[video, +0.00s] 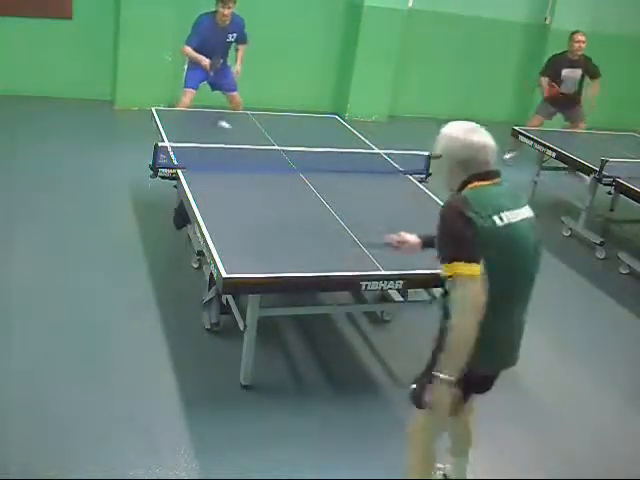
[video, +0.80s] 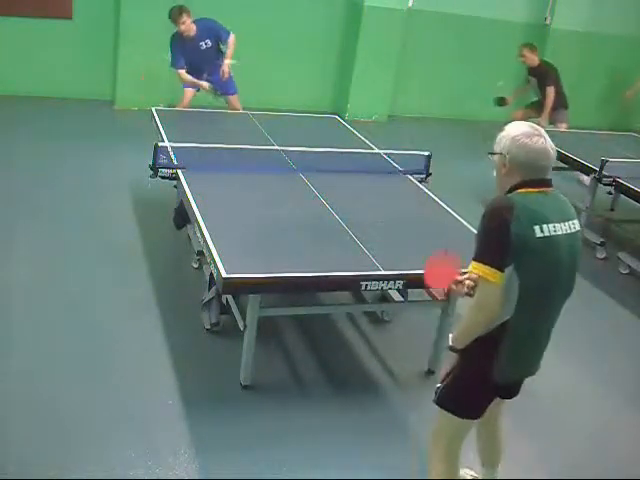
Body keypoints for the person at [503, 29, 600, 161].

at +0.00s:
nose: (580, 45)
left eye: (583, 42)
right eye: (577, 42)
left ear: (585, 45)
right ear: (570, 43)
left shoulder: (586, 62)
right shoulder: (557, 59)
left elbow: (595, 78)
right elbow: (544, 76)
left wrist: (591, 95)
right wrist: (546, 89)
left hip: (573, 101)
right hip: (553, 99)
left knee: (579, 129)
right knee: (533, 124)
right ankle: (515, 149)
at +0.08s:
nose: (578, 45)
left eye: (580, 42)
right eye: (575, 42)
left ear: (583, 44)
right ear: (568, 43)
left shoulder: (587, 60)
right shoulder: (555, 58)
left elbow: (595, 82)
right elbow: (540, 74)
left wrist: (582, 84)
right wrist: (542, 82)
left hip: (574, 100)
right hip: (554, 98)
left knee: (580, 127)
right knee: (533, 124)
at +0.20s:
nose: (572, 51)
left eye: (574, 48)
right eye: (569, 48)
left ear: (578, 48)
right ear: (564, 49)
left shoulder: (583, 64)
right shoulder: (555, 62)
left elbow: (588, 86)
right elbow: (541, 75)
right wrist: (530, 83)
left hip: (574, 105)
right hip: (555, 103)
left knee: (580, 135)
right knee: (531, 126)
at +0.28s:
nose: (569, 56)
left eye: (572, 53)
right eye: (566, 53)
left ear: (576, 53)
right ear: (562, 54)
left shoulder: (581, 67)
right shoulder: (556, 66)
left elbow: (582, 90)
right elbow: (541, 80)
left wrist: (559, 92)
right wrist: (525, 87)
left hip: (575, 109)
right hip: (556, 107)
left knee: (579, 138)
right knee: (530, 127)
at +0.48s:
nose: (555, 64)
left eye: (558, 61)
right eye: (553, 61)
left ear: (565, 59)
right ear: (551, 61)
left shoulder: (576, 75)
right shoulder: (555, 71)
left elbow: (570, 101)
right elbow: (553, 83)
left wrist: (550, 111)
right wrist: (541, 90)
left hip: (576, 113)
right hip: (560, 110)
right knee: (532, 123)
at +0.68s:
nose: (537, 63)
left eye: (538, 60)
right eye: (536, 60)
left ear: (545, 58)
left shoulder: (559, 74)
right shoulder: (542, 73)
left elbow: (560, 97)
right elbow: (544, 86)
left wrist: (550, 119)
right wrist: (534, 96)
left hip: (566, 108)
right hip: (553, 105)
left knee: (569, 138)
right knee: (532, 116)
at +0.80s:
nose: (522, 60)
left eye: (524, 56)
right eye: (521, 56)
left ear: (534, 53)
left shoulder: (548, 69)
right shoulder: (531, 69)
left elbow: (550, 95)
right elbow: (528, 87)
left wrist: (544, 118)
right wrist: (511, 99)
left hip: (558, 105)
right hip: (544, 102)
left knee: (561, 130)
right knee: (518, 116)